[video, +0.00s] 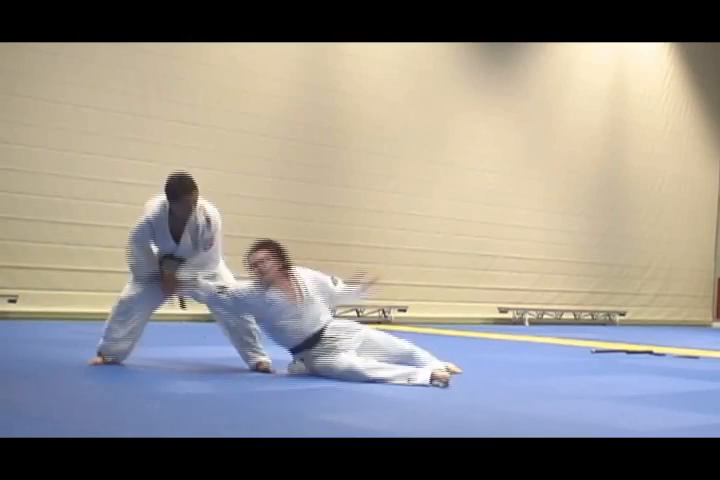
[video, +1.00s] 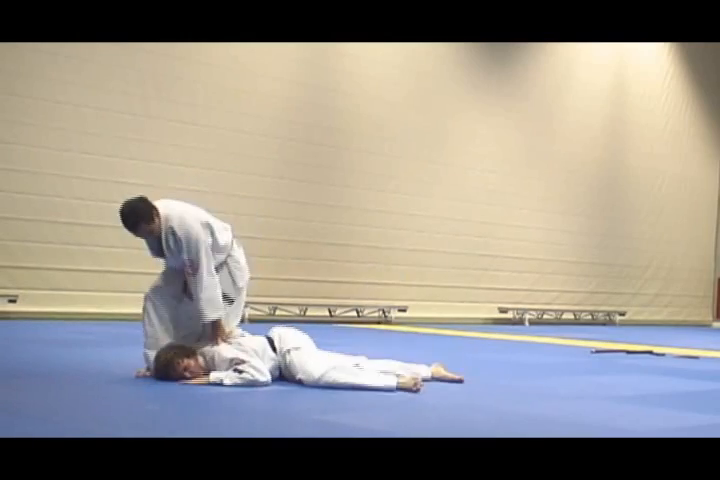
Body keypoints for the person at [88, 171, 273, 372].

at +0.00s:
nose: (193, 204)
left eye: (194, 199)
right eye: (188, 201)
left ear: (197, 196)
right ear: (173, 201)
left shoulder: (208, 216)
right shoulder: (153, 213)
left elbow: (211, 256)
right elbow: (137, 243)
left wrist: (179, 271)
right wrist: (155, 274)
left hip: (203, 268)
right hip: (162, 269)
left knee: (231, 300)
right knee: (130, 301)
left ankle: (257, 357)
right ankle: (109, 354)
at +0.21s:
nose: (223, 195)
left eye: (226, 189)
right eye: (217, 189)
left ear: (231, 186)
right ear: (205, 185)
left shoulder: (237, 208)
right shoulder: (182, 198)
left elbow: (242, 245)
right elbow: (150, 231)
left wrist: (210, 263)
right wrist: (180, 257)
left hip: (220, 261)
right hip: (177, 257)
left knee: (246, 303)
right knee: (142, 298)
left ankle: (265, 357)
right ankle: (109, 350)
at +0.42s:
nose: (255, 208)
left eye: (260, 203)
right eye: (251, 202)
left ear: (266, 201)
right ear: (242, 195)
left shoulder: (267, 222)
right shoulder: (214, 204)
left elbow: (264, 263)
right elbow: (191, 238)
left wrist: (237, 275)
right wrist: (208, 267)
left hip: (238, 267)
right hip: (197, 260)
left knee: (258, 306)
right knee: (161, 302)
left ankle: (261, 360)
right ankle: (140, 355)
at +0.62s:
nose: (193, 198)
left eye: (197, 193)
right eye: (188, 193)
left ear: (206, 187)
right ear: (180, 188)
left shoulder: (228, 199)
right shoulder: (168, 200)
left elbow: (253, 236)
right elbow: (168, 243)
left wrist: (223, 260)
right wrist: (196, 260)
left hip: (230, 264)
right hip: (188, 263)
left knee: (241, 319)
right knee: (158, 293)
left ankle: (263, 361)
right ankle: (156, 358)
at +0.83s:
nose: (151, 219)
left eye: (154, 213)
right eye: (146, 216)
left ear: (161, 204)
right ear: (140, 214)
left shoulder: (188, 214)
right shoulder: (147, 221)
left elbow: (229, 245)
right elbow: (164, 259)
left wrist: (212, 285)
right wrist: (179, 286)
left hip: (223, 267)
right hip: (186, 271)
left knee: (217, 333)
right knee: (152, 297)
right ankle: (154, 363)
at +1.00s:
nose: (144, 236)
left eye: (145, 231)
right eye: (139, 234)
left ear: (153, 219)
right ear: (133, 231)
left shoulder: (187, 226)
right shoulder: (151, 226)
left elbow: (204, 274)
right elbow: (170, 256)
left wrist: (215, 320)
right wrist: (183, 276)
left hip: (223, 264)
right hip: (182, 268)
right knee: (155, 300)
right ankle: (158, 364)